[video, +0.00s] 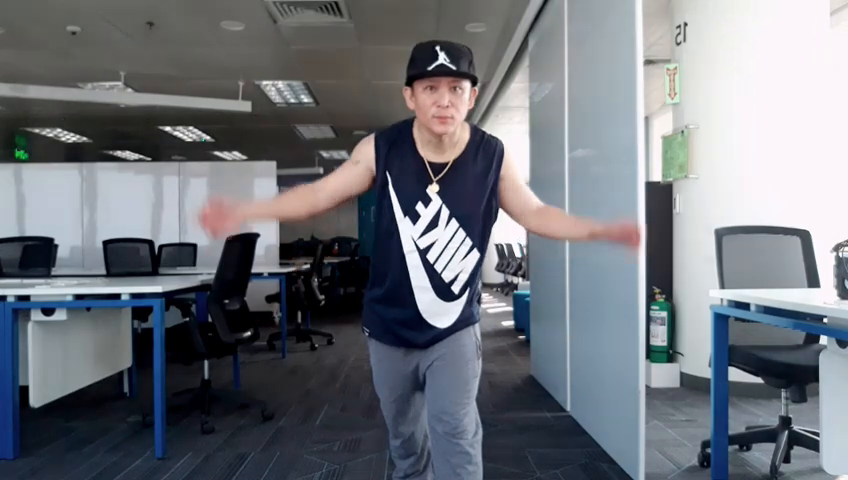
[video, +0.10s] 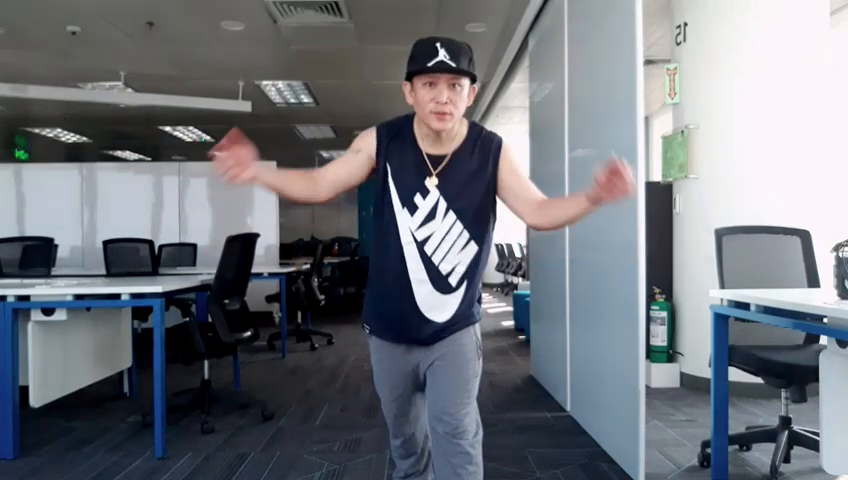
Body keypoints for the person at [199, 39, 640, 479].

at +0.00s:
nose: (444, 101)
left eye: (455, 90)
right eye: (432, 90)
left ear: (472, 97)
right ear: (409, 96)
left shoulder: (490, 155)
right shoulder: (379, 151)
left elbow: (534, 215)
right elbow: (314, 198)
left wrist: (598, 230)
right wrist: (246, 212)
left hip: (454, 328)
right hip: (390, 327)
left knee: (454, 434)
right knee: (401, 428)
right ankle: (406, 472)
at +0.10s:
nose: (442, 97)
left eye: (454, 85)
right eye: (430, 84)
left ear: (471, 94)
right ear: (409, 92)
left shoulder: (490, 151)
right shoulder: (379, 144)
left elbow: (537, 212)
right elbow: (319, 184)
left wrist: (591, 198)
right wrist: (258, 170)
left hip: (455, 328)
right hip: (390, 327)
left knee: (455, 435)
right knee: (401, 427)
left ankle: (458, 479)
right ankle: (407, 472)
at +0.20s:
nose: (443, 97)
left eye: (454, 86)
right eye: (431, 85)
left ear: (471, 93)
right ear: (410, 89)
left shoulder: (487, 142)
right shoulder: (384, 133)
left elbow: (502, 201)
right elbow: (346, 184)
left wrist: (531, 171)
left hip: (453, 324)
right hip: (389, 323)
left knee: (456, 436)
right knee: (401, 432)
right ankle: (409, 471)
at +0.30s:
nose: (444, 96)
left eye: (455, 86)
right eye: (432, 84)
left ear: (470, 93)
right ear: (411, 88)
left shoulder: (483, 136)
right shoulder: (383, 129)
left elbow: (480, 191)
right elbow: (355, 186)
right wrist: (383, 180)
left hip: (452, 322)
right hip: (387, 320)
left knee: (455, 440)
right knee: (401, 436)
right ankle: (409, 470)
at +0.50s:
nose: (438, 96)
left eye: (448, 86)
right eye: (426, 84)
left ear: (464, 94)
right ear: (405, 90)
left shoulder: (476, 138)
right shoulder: (378, 135)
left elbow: (479, 181)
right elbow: (349, 192)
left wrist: (446, 174)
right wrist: (358, 201)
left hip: (448, 324)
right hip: (385, 321)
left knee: (450, 436)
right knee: (398, 428)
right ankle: (406, 470)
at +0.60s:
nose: (430, 96)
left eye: (442, 85)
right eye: (419, 84)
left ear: (458, 93)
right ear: (399, 90)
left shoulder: (475, 145)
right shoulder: (373, 143)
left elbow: (505, 201)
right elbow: (331, 203)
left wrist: (533, 242)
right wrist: (281, 247)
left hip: (446, 323)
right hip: (384, 322)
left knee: (448, 431)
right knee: (398, 427)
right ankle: (407, 470)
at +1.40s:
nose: (463, 74)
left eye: (475, 62)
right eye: (450, 61)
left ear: (491, 74)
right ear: (425, 70)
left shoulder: (510, 137)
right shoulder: (393, 128)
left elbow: (545, 194)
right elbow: (342, 184)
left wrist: (561, 209)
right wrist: (335, 203)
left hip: (466, 332)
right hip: (399, 329)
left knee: (457, 453)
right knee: (406, 450)